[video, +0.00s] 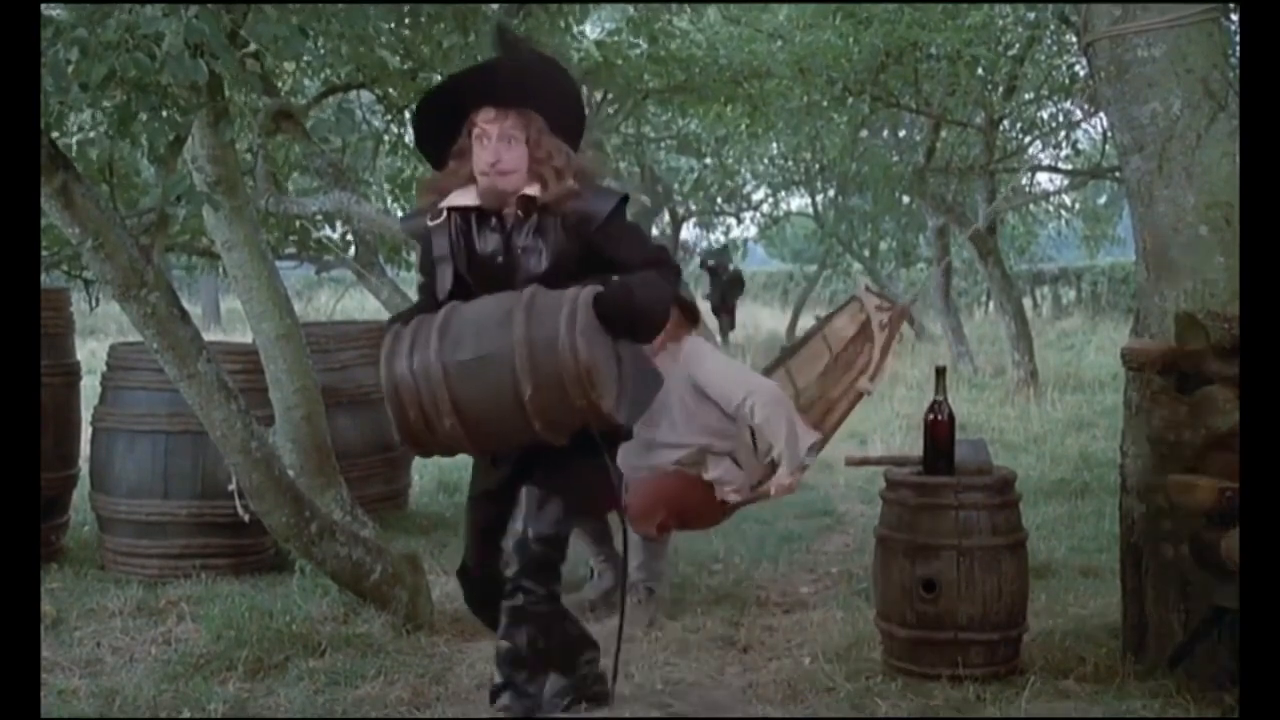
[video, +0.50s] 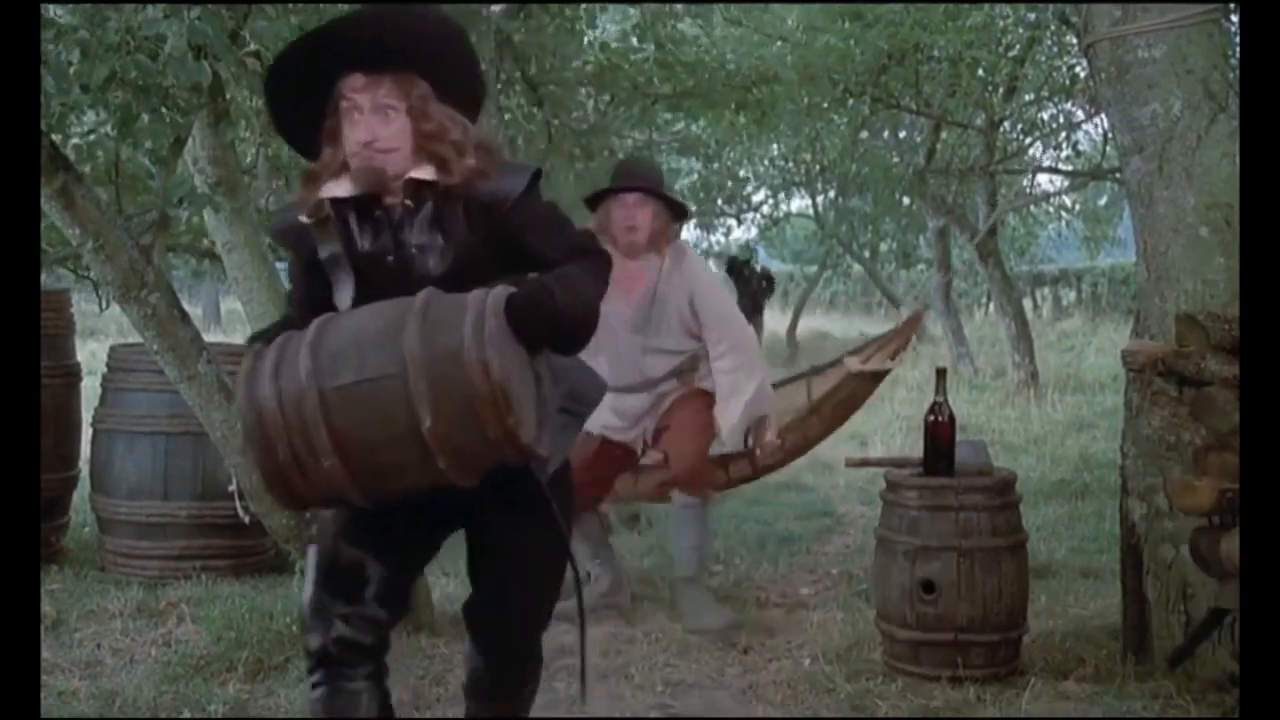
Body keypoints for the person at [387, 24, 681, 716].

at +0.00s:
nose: (496, 150)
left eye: (512, 137)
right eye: (482, 138)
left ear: (545, 147)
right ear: (463, 151)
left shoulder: (586, 214)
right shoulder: (448, 230)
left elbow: (660, 277)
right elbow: (428, 316)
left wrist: (612, 303)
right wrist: (421, 337)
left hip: (573, 427)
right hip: (496, 428)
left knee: (530, 561)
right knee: (479, 579)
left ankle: (518, 695)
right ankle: (577, 662)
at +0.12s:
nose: (485, 142)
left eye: (502, 129)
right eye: (474, 128)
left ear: (533, 141)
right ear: (454, 140)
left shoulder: (576, 213)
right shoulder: (434, 224)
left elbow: (650, 283)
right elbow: (390, 325)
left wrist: (588, 324)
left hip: (570, 439)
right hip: (474, 437)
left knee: (530, 586)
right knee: (410, 588)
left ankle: (509, 710)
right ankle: (521, 630)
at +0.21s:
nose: (468, 137)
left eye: (484, 123)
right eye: (453, 122)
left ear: (516, 135)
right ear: (431, 138)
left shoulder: (564, 206)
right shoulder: (413, 226)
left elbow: (644, 270)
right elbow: (384, 320)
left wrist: (571, 319)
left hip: (572, 436)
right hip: (468, 434)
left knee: (539, 599)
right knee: (365, 551)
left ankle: (515, 708)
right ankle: (454, 676)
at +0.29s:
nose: (441, 133)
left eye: (459, 119)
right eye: (428, 118)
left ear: (495, 130)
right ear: (408, 132)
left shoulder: (549, 201)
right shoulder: (390, 227)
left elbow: (623, 298)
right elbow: (370, 333)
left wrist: (532, 313)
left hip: (559, 440)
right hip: (449, 440)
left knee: (538, 576)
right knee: (349, 532)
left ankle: (506, 704)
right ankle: (381, 705)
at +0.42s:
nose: (401, 132)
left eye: (419, 116)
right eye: (385, 117)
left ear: (458, 127)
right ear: (369, 135)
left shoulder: (519, 203)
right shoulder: (350, 228)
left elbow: (605, 287)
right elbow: (333, 326)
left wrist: (507, 317)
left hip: (530, 448)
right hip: (416, 449)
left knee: (510, 625)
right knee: (351, 601)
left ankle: (496, 709)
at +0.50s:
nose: (368, 127)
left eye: (388, 109)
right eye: (351, 110)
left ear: (427, 120)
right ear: (335, 127)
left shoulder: (495, 197)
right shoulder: (317, 229)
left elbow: (588, 272)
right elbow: (308, 326)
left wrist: (503, 319)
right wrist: (275, 349)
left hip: (513, 452)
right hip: (395, 459)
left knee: (507, 628)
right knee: (341, 608)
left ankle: (498, 707)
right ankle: (350, 699)